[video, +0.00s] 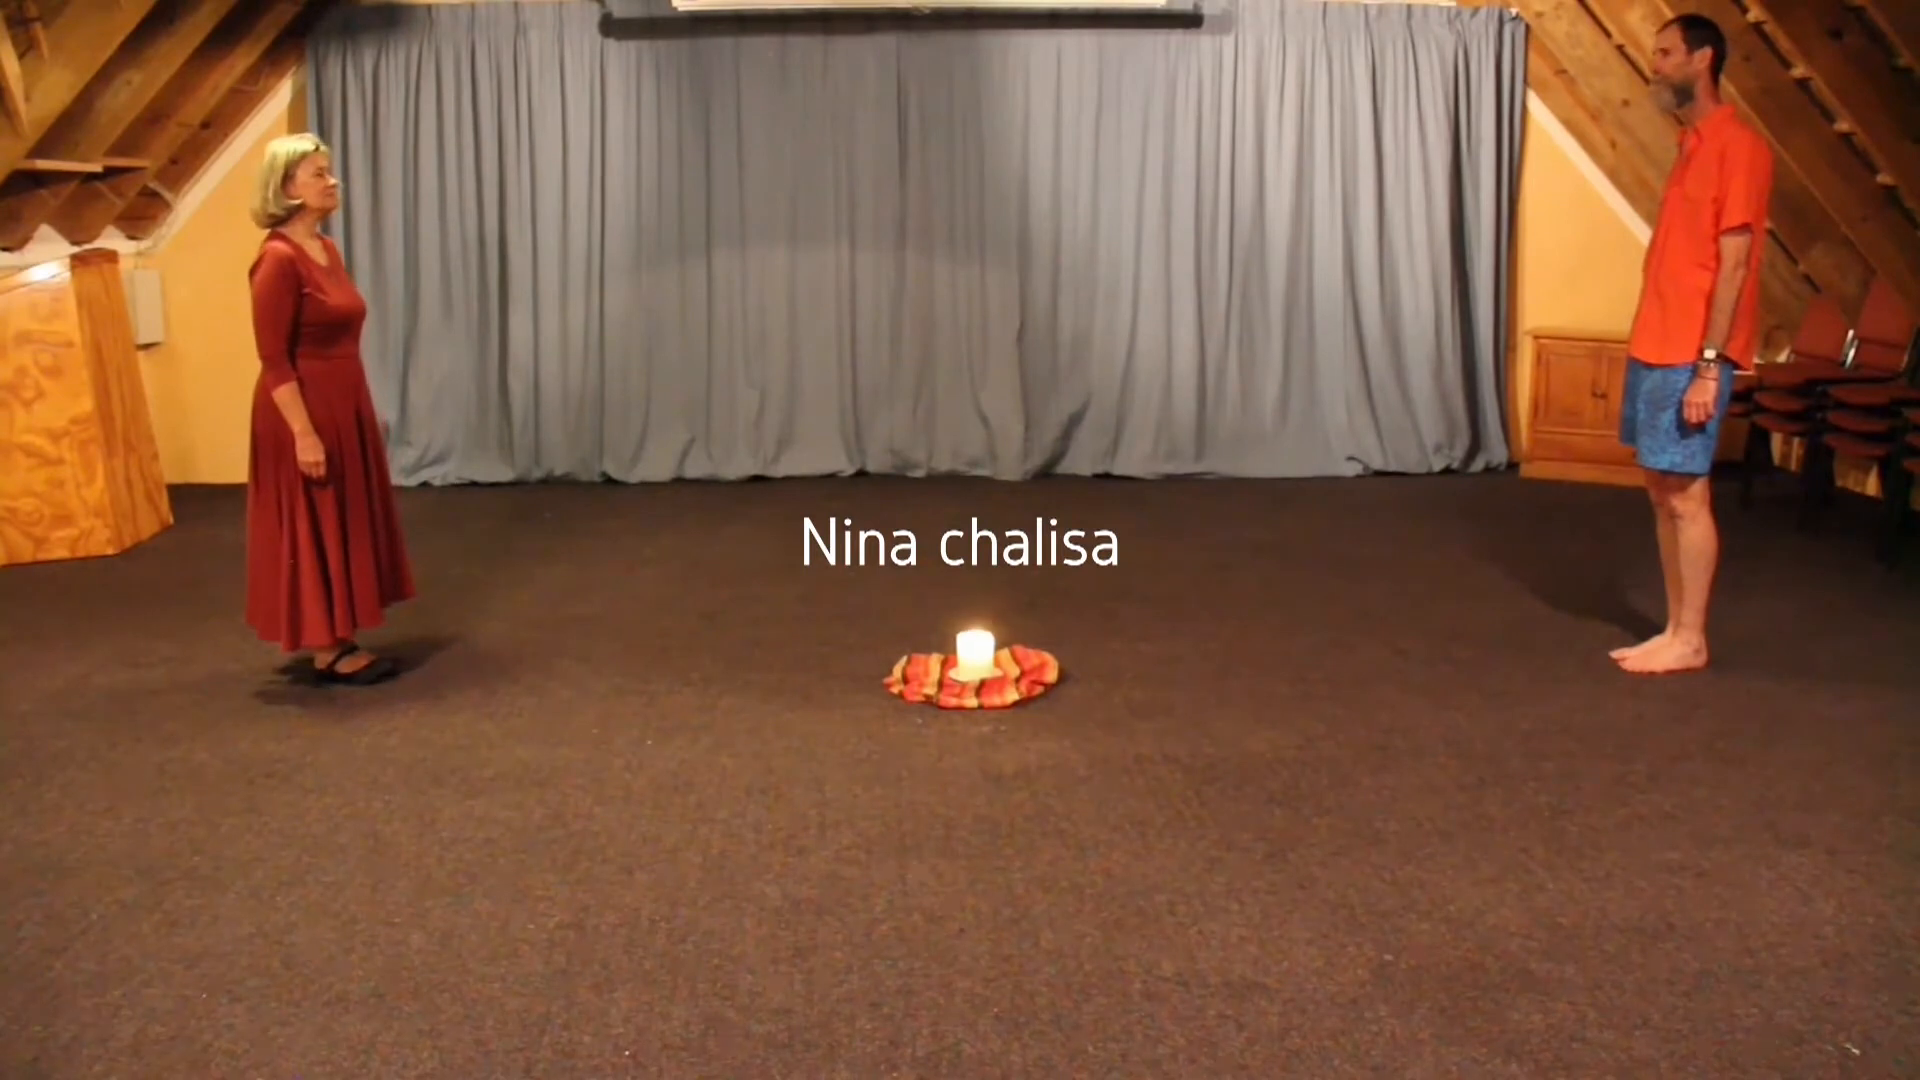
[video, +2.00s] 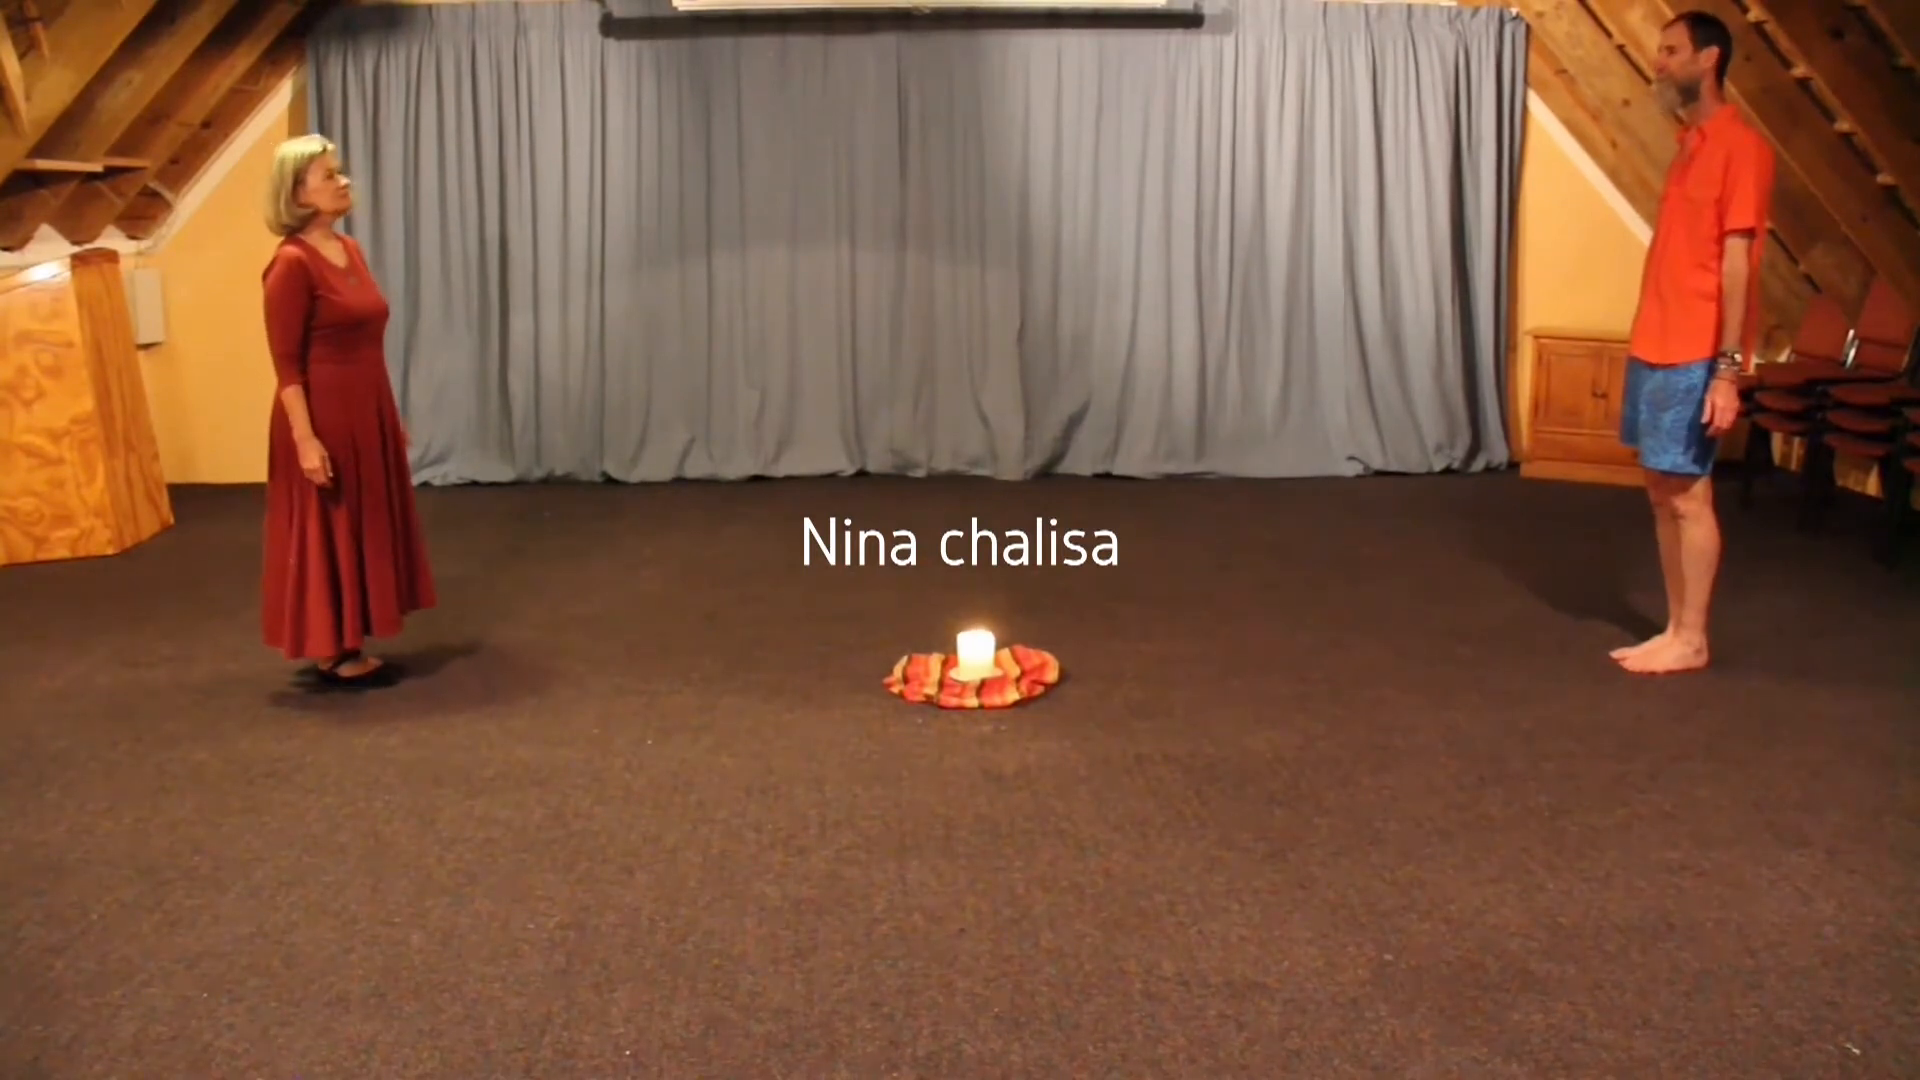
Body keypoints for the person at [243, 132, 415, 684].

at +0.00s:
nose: (333, 182)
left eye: (330, 172)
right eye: (319, 175)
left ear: (323, 183)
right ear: (289, 188)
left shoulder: (327, 249)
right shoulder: (277, 259)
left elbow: (339, 344)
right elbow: (273, 359)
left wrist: (363, 409)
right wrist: (303, 431)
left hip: (342, 403)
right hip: (304, 409)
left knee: (339, 519)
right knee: (313, 524)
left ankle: (336, 642)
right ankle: (325, 648)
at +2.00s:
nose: (345, 182)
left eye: (341, 173)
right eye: (331, 176)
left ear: (331, 187)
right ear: (300, 193)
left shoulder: (348, 249)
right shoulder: (290, 262)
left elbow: (366, 347)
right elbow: (286, 362)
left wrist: (390, 418)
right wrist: (304, 437)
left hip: (365, 406)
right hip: (322, 413)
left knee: (357, 520)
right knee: (326, 524)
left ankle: (346, 644)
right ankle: (328, 648)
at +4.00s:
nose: (353, 191)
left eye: (350, 181)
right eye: (342, 184)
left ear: (336, 189)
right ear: (310, 194)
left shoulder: (339, 248)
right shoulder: (296, 264)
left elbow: (351, 346)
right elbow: (289, 364)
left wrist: (372, 413)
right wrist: (308, 440)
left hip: (357, 407)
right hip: (322, 414)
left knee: (351, 523)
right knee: (327, 527)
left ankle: (344, 642)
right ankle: (330, 647)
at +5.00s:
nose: (351, 192)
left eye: (349, 182)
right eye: (339, 186)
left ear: (343, 188)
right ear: (307, 198)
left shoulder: (347, 250)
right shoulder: (291, 268)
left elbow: (359, 341)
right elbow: (282, 366)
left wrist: (376, 410)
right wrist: (292, 442)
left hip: (362, 407)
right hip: (319, 413)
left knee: (354, 520)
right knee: (325, 525)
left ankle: (343, 641)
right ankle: (329, 647)